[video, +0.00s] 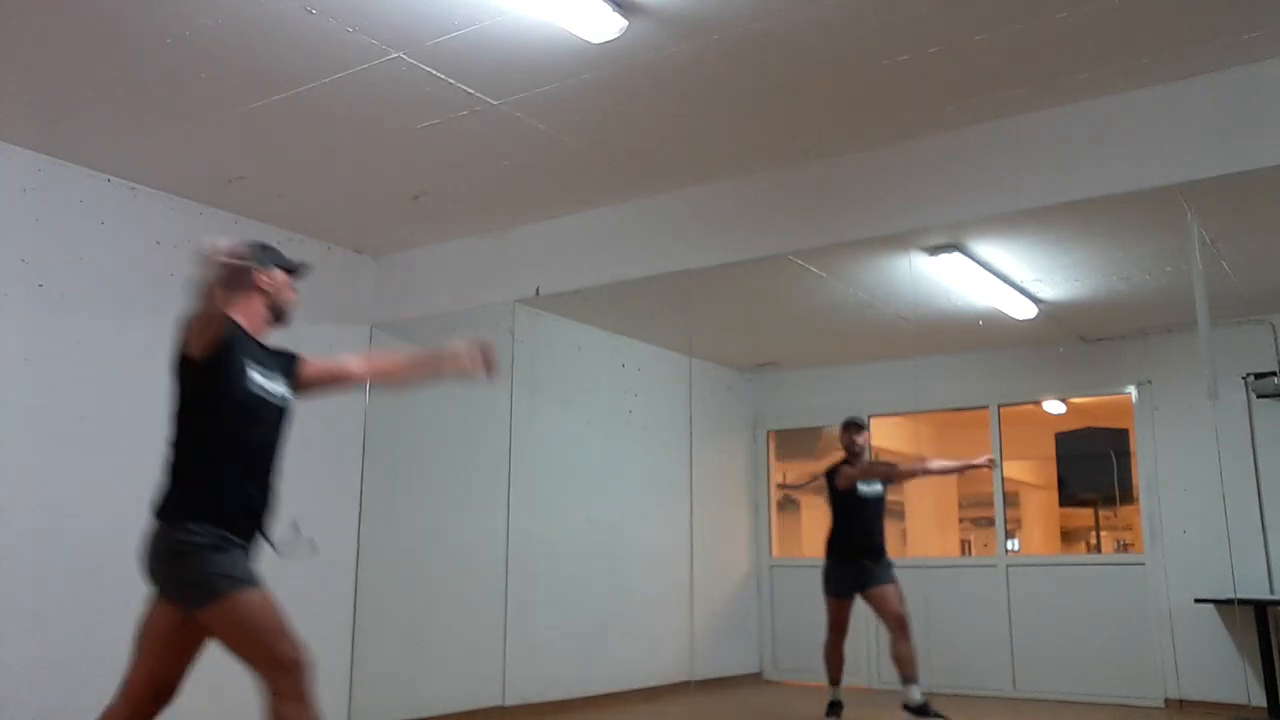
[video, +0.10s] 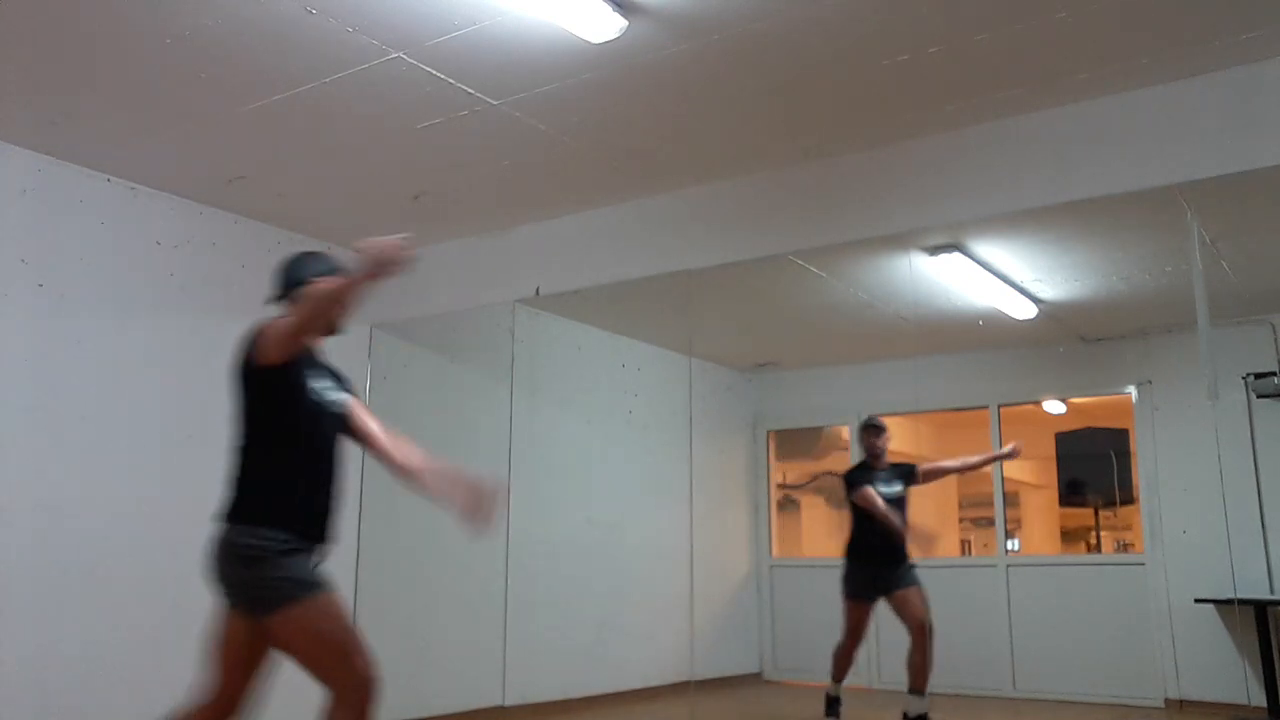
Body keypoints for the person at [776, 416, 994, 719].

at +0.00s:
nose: (854, 439)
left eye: (858, 433)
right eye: (848, 434)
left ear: (868, 438)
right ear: (841, 440)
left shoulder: (880, 471)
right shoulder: (837, 473)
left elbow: (923, 466)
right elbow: (865, 471)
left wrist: (969, 464)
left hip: (874, 561)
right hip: (841, 562)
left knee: (899, 621)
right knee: (836, 632)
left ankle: (913, 698)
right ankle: (835, 698)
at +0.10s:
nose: (875, 443)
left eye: (879, 436)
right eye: (869, 438)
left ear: (887, 438)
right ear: (862, 442)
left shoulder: (903, 472)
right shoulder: (855, 477)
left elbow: (955, 466)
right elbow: (877, 506)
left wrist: (1001, 454)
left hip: (896, 565)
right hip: (862, 566)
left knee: (922, 626)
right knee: (853, 636)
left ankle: (916, 710)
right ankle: (833, 695)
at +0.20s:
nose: (902, 441)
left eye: (906, 435)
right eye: (897, 435)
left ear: (914, 438)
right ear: (888, 439)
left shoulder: (930, 471)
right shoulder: (879, 478)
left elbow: (979, 455)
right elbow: (880, 532)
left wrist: (1023, 432)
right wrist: (878, 581)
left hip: (921, 569)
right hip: (887, 570)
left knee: (935, 636)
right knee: (885, 643)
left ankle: (917, 710)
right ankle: (848, 678)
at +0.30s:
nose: (930, 439)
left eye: (935, 432)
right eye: (925, 432)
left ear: (944, 434)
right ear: (917, 435)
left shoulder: (960, 467)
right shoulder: (901, 470)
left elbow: (1007, 449)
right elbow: (867, 510)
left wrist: (1045, 428)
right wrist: (834, 543)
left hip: (939, 559)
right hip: (902, 557)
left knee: (938, 633)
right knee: (930, 621)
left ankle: (920, 702)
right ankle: (903, 687)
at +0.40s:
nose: (952, 424)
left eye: (957, 418)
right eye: (946, 418)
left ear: (967, 421)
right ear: (938, 421)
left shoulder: (981, 456)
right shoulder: (922, 451)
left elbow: (1028, 462)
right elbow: (869, 461)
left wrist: (1067, 466)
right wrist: (819, 471)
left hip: (956, 552)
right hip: (925, 550)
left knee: (934, 630)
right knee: (960, 621)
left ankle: (911, 700)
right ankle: (973, 703)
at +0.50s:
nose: (968, 427)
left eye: (973, 421)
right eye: (961, 421)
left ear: (983, 423)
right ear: (951, 424)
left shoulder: (998, 463)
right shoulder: (939, 452)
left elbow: (1026, 506)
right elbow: (900, 425)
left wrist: (1056, 547)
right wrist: (866, 402)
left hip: (984, 557)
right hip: (953, 556)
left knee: (973, 639)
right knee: (991, 636)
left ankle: (912, 639)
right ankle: (992, 712)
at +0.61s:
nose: (979, 415)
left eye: (986, 409)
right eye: (973, 409)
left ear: (996, 415)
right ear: (963, 414)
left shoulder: (1007, 455)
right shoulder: (958, 446)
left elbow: (1023, 504)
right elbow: (948, 392)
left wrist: (1036, 548)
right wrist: (942, 345)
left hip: (1005, 547)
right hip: (970, 548)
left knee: (1022, 630)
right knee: (998, 632)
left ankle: (971, 583)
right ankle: (993, 713)